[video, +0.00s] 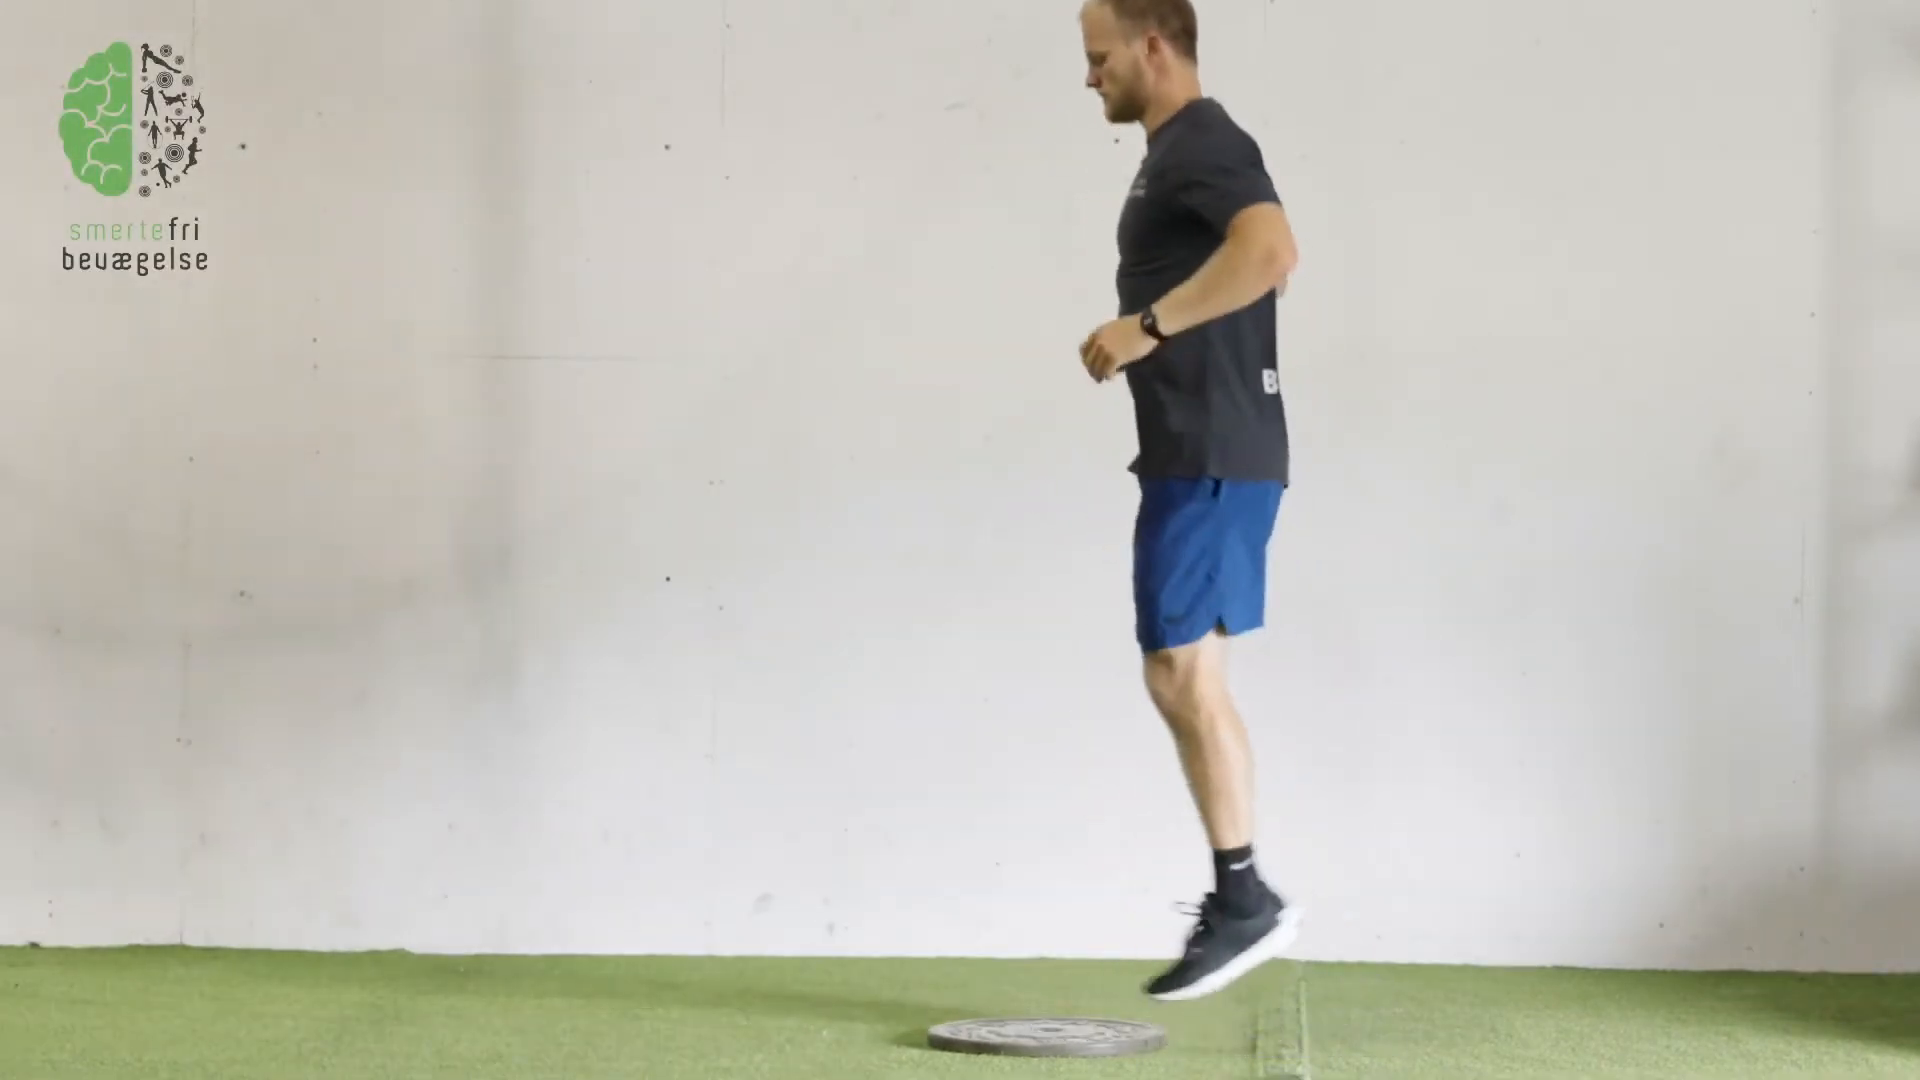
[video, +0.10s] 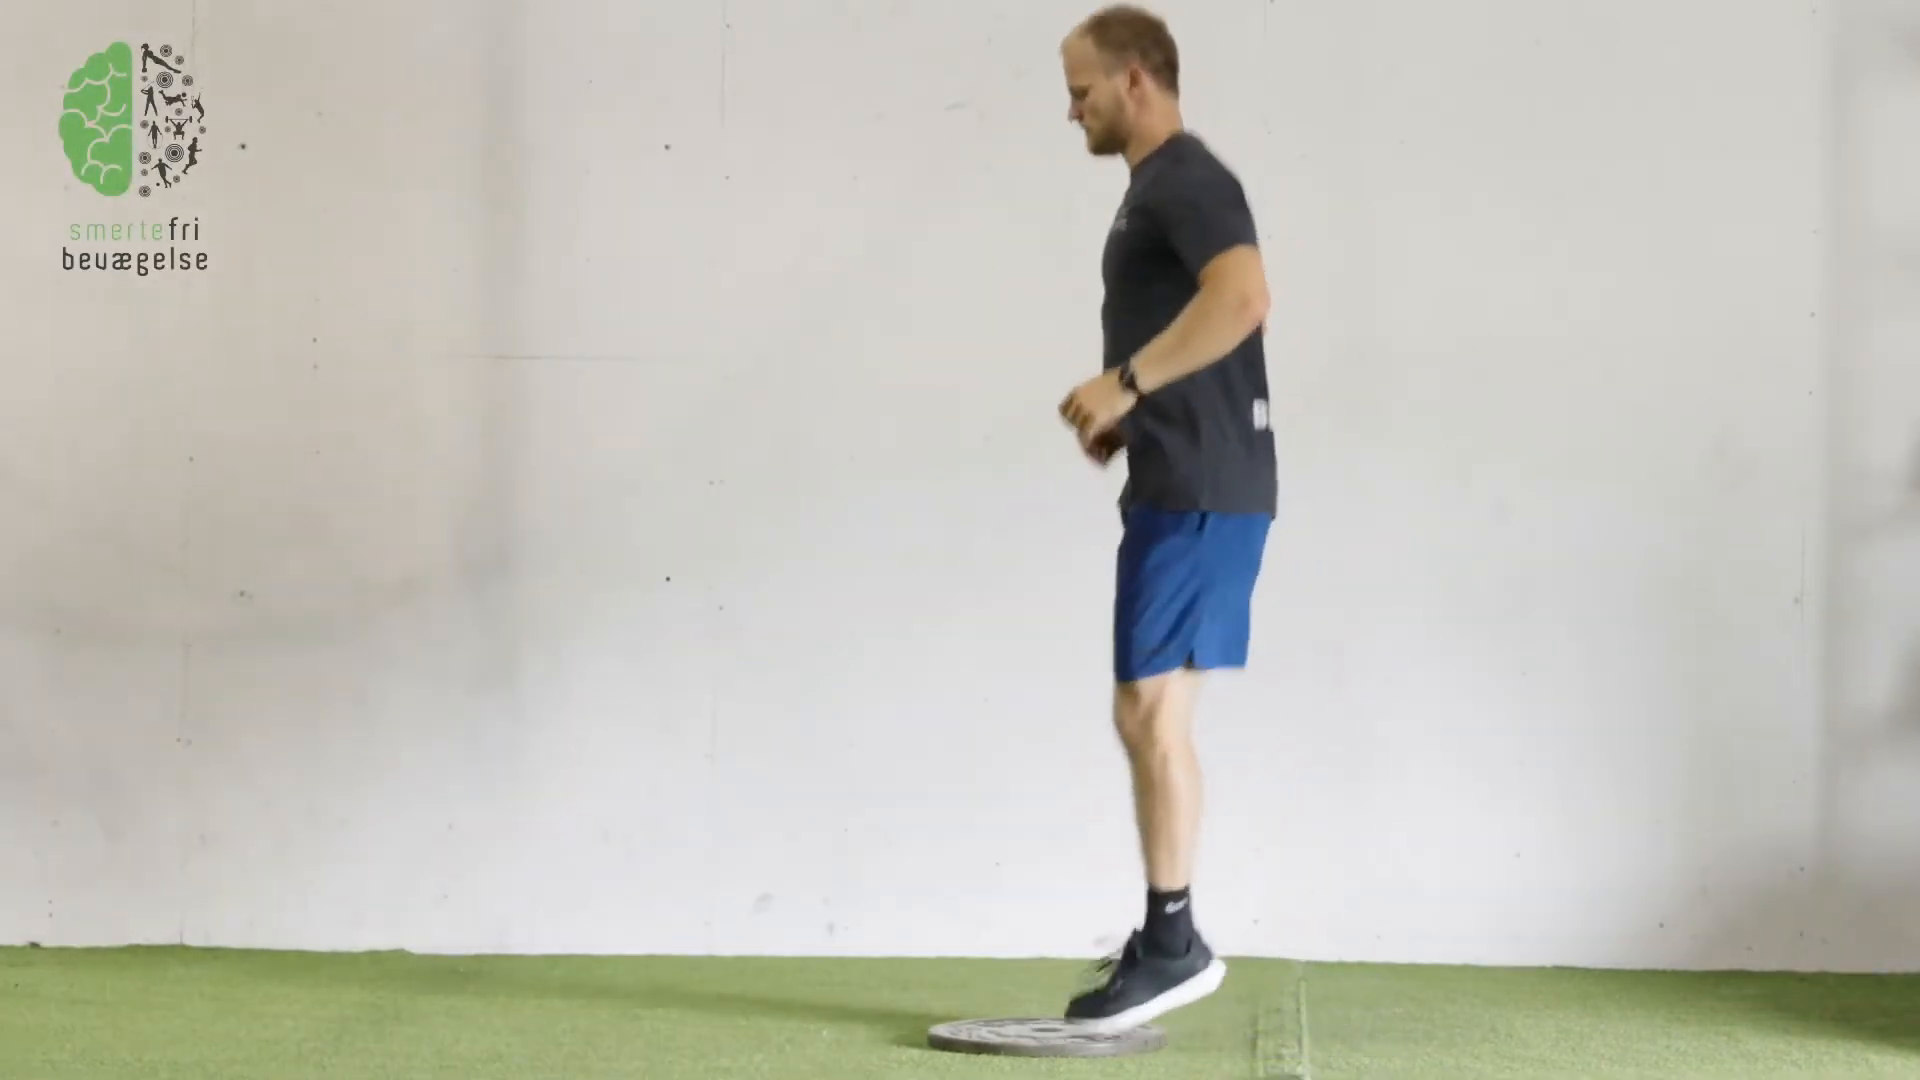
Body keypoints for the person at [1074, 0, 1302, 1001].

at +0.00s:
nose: (1090, 77)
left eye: (1097, 57)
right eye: (1088, 60)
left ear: (1153, 47)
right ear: (1153, 51)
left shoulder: (1202, 139)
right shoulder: (1186, 145)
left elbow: (1268, 248)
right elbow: (1270, 260)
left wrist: (1149, 325)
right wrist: (1163, 334)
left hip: (1210, 461)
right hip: (1195, 457)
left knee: (1184, 677)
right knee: (1183, 678)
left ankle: (1242, 898)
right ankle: (1238, 896)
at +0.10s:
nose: (1073, 112)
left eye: (1082, 92)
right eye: (1071, 94)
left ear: (1137, 83)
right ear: (1132, 87)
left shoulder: (1185, 175)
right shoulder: (1161, 182)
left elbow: (1240, 298)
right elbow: (1211, 320)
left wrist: (1127, 380)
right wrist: (1129, 406)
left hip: (1202, 489)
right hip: (1177, 486)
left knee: (1154, 711)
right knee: (1144, 710)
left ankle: (1171, 942)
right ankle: (1167, 938)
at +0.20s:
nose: (1069, 165)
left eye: (1078, 146)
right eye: (1068, 147)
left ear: (1132, 140)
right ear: (1132, 145)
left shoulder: (1181, 238)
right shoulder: (1156, 246)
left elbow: (1223, 369)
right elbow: (1203, 399)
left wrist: (1105, 454)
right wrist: (1132, 506)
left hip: (1185, 550)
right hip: (1178, 547)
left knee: (1104, 756)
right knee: (1121, 758)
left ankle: (1177, 974)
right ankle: (1172, 971)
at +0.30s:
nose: (1068, 151)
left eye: (1076, 132)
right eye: (1066, 133)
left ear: (1131, 125)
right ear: (1130, 129)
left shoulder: (1186, 218)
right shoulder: (1158, 224)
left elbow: (1230, 360)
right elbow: (1216, 370)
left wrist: (1122, 448)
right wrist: (1123, 453)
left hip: (1182, 525)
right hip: (1166, 523)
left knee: (1128, 736)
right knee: (1125, 737)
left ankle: (1173, 961)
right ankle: (1169, 958)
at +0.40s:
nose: (1070, 110)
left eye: (1078, 91)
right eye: (1068, 93)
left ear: (1135, 81)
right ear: (1132, 86)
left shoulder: (1185, 169)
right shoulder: (1164, 175)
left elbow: (1249, 299)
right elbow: (1241, 307)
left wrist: (1150, 386)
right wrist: (1147, 388)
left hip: (1185, 480)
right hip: (1172, 477)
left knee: (1161, 706)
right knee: (1158, 705)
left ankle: (1181, 930)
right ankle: (1177, 926)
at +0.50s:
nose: (1075, 106)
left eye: (1084, 87)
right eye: (1074, 89)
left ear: (1141, 75)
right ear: (1141, 79)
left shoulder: (1193, 166)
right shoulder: (1173, 172)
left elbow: (1265, 280)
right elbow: (1260, 289)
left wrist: (1164, 375)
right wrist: (1165, 382)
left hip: (1199, 478)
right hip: (1185, 476)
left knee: (1165, 702)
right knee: (1161, 702)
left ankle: (1244, 921)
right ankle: (1238, 918)